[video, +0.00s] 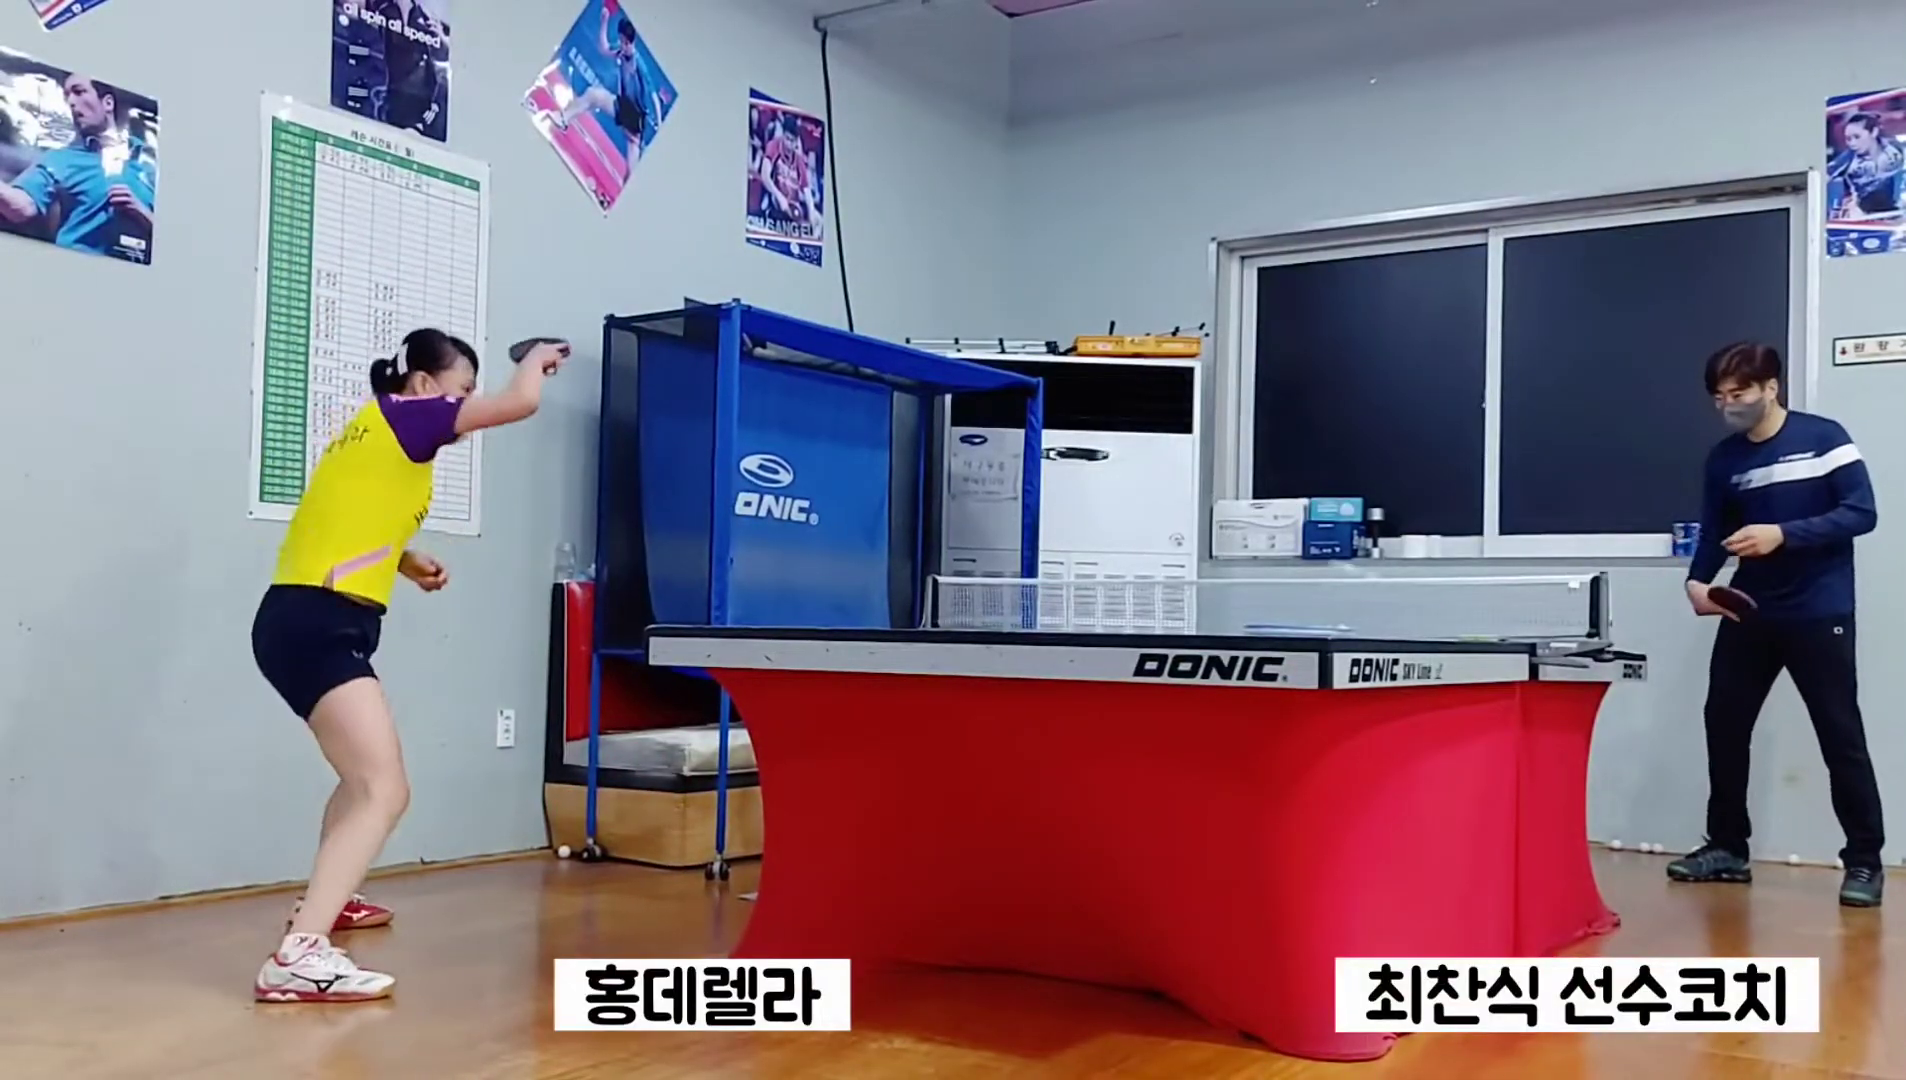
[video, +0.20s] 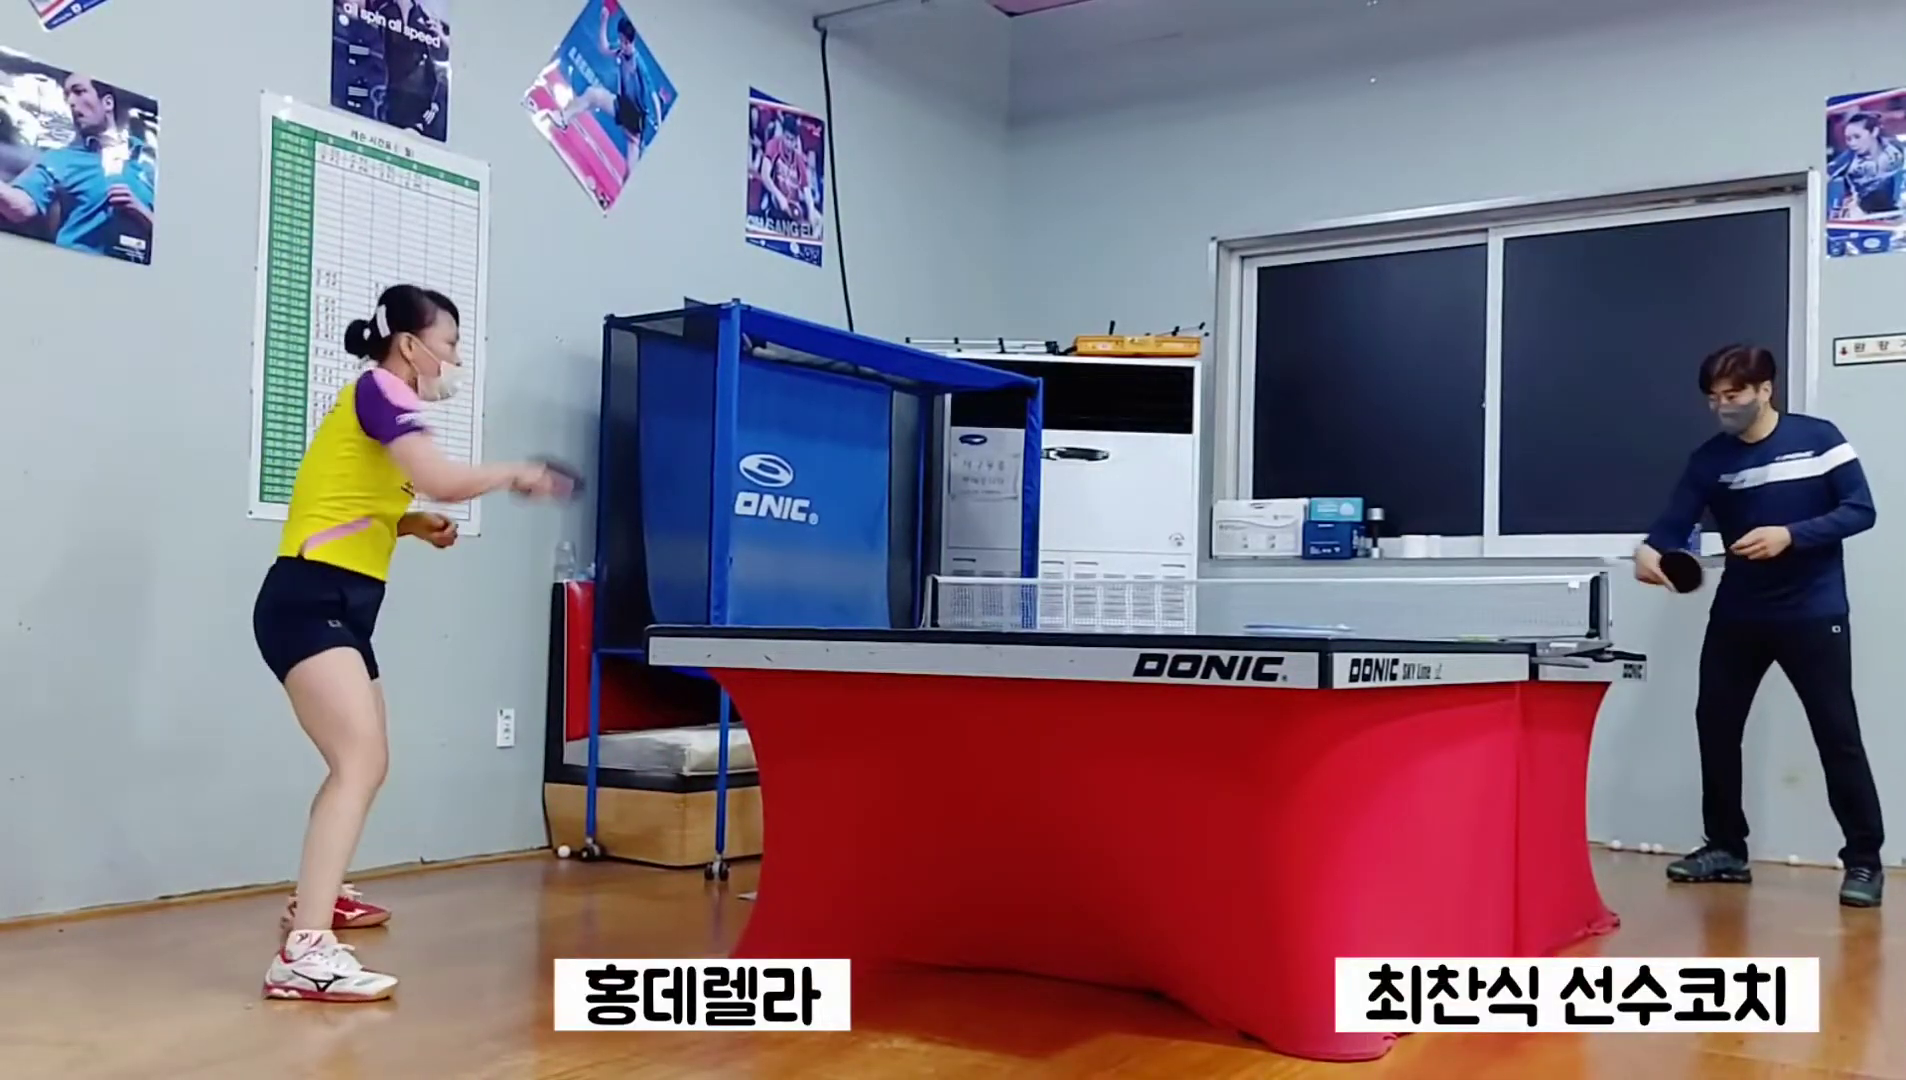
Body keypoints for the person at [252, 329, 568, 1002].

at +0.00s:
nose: (466, 402)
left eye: (467, 391)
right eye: (461, 389)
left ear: (411, 383)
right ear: (422, 379)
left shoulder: (374, 427)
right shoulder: (407, 416)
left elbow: (344, 512)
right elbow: (521, 404)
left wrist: (403, 557)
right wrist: (534, 360)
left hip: (298, 620)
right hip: (319, 623)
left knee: (363, 776)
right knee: (386, 791)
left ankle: (325, 895)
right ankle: (300, 953)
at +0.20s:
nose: (453, 361)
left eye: (454, 348)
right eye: (446, 346)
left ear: (405, 345)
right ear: (407, 342)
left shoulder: (383, 402)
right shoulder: (378, 390)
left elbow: (345, 505)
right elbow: (439, 478)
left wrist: (411, 523)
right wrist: (515, 473)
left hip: (337, 606)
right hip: (310, 603)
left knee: (366, 762)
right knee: (357, 762)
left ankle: (313, 898)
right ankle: (305, 948)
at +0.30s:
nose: (446, 365)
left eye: (446, 352)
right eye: (437, 352)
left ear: (405, 359)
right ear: (395, 357)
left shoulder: (417, 439)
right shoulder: (343, 421)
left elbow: (379, 533)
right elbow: (310, 534)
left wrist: (420, 541)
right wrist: (400, 572)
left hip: (360, 622)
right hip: (296, 614)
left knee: (378, 782)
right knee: (357, 767)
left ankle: (297, 888)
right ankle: (310, 951)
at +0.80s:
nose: (437, 362)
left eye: (443, 351)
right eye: (429, 347)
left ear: (409, 354)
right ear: (383, 340)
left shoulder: (387, 415)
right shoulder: (336, 384)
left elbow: (339, 519)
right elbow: (324, 456)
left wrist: (389, 520)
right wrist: (419, 428)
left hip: (323, 599)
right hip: (280, 589)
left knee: (358, 751)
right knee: (325, 753)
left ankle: (296, 883)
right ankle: (292, 942)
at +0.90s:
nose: (433, 369)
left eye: (434, 360)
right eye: (426, 356)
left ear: (382, 354)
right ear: (385, 351)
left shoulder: (358, 415)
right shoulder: (356, 396)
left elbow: (316, 504)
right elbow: (468, 393)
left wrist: (376, 538)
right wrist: (501, 348)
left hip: (283, 607)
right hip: (278, 607)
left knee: (322, 770)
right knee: (340, 777)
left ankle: (282, 898)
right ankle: (265, 952)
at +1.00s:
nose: (424, 398)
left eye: (426, 388)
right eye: (419, 385)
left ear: (365, 384)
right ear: (379, 379)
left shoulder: (316, 429)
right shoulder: (371, 415)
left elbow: (302, 517)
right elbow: (489, 401)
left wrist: (363, 563)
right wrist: (487, 361)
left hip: (241, 622)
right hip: (283, 622)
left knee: (325, 772)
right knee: (358, 795)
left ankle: (279, 900)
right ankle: (267, 952)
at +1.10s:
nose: (417, 390)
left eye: (419, 380)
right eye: (412, 377)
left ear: (359, 371)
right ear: (373, 369)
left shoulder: (308, 426)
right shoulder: (365, 410)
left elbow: (294, 511)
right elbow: (486, 433)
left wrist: (360, 556)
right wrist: (491, 396)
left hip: (247, 617)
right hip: (284, 618)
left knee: (324, 772)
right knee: (352, 789)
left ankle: (279, 899)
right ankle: (267, 953)